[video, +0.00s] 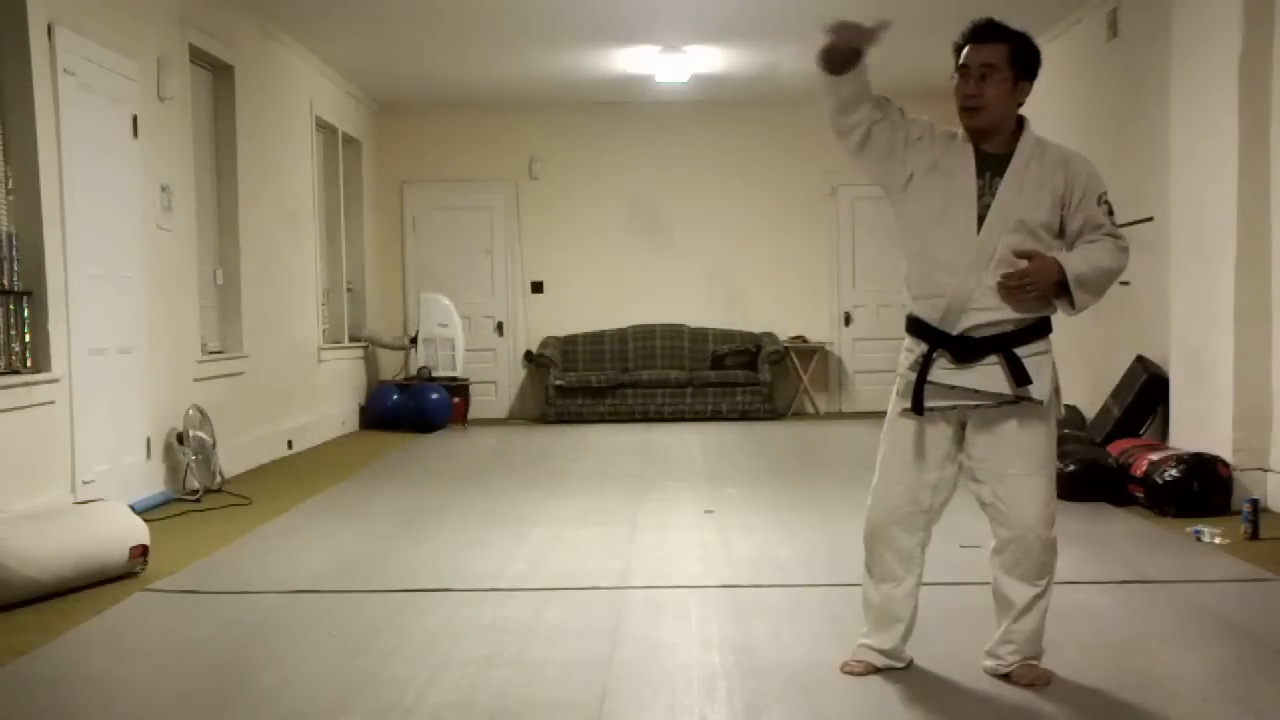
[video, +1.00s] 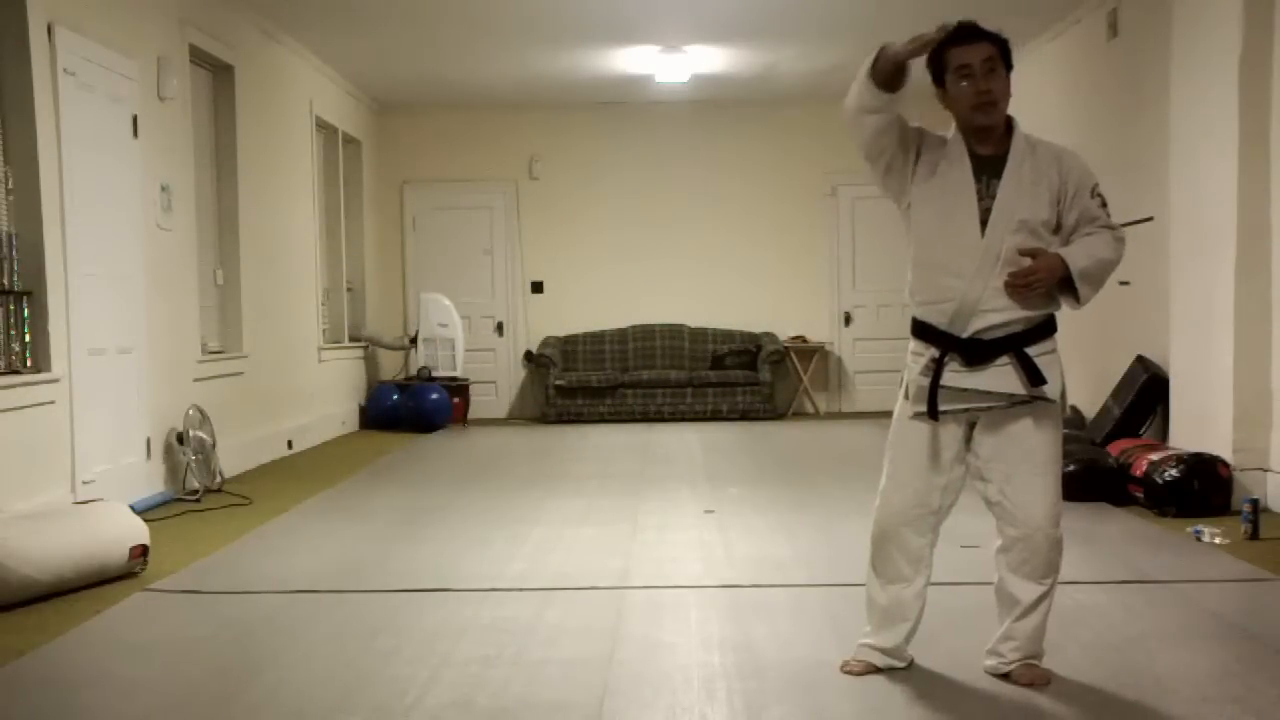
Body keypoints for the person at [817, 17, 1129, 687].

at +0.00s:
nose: (968, 87)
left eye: (987, 74)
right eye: (962, 74)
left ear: (1021, 88)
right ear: (953, 83)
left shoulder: (1064, 171)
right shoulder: (918, 154)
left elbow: (1110, 251)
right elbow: (861, 120)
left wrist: (1063, 271)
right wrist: (841, 66)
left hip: (1018, 365)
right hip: (927, 362)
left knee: (1029, 526)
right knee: (893, 515)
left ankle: (1015, 654)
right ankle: (882, 641)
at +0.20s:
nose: (973, 87)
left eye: (992, 75)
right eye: (967, 74)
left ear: (1025, 89)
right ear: (957, 83)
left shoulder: (1067, 171)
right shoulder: (926, 155)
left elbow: (1113, 249)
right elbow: (885, 107)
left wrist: (1064, 269)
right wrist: (915, 44)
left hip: (1022, 368)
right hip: (931, 364)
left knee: (1031, 525)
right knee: (895, 516)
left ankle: (1015, 653)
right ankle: (882, 642)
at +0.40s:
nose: (985, 88)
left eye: (1002, 73)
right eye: (973, 73)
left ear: (1029, 84)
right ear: (959, 83)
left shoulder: (1070, 171)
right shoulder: (933, 156)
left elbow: (1114, 250)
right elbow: (898, 99)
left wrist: (1070, 269)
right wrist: (945, 43)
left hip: (1024, 368)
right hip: (934, 364)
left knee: (1034, 526)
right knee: (897, 514)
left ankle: (1016, 653)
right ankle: (882, 641)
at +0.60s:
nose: (992, 84)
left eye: (1007, 70)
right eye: (978, 72)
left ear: (1028, 83)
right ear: (959, 85)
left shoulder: (1069, 170)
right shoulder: (934, 157)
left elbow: (1112, 248)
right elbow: (899, 100)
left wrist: (1075, 269)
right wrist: (949, 40)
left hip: (1028, 368)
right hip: (937, 366)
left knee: (1037, 526)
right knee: (901, 515)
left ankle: (1016, 653)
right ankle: (883, 641)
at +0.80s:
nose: (989, 85)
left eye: (1001, 72)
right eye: (972, 74)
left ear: (1019, 82)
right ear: (950, 88)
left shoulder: (1063, 168)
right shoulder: (926, 159)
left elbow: (1110, 242)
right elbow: (888, 106)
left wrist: (1072, 266)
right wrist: (933, 48)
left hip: (1027, 368)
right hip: (937, 366)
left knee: (1037, 526)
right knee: (901, 516)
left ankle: (1016, 653)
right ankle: (884, 641)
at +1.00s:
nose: (981, 85)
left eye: (991, 70)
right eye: (962, 76)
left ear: (1009, 80)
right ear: (941, 94)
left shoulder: (1059, 167)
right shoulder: (918, 162)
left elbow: (1106, 241)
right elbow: (869, 119)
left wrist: (1064, 266)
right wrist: (888, 62)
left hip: (1023, 367)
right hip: (933, 366)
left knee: (1035, 525)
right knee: (900, 516)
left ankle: (1017, 653)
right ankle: (884, 641)